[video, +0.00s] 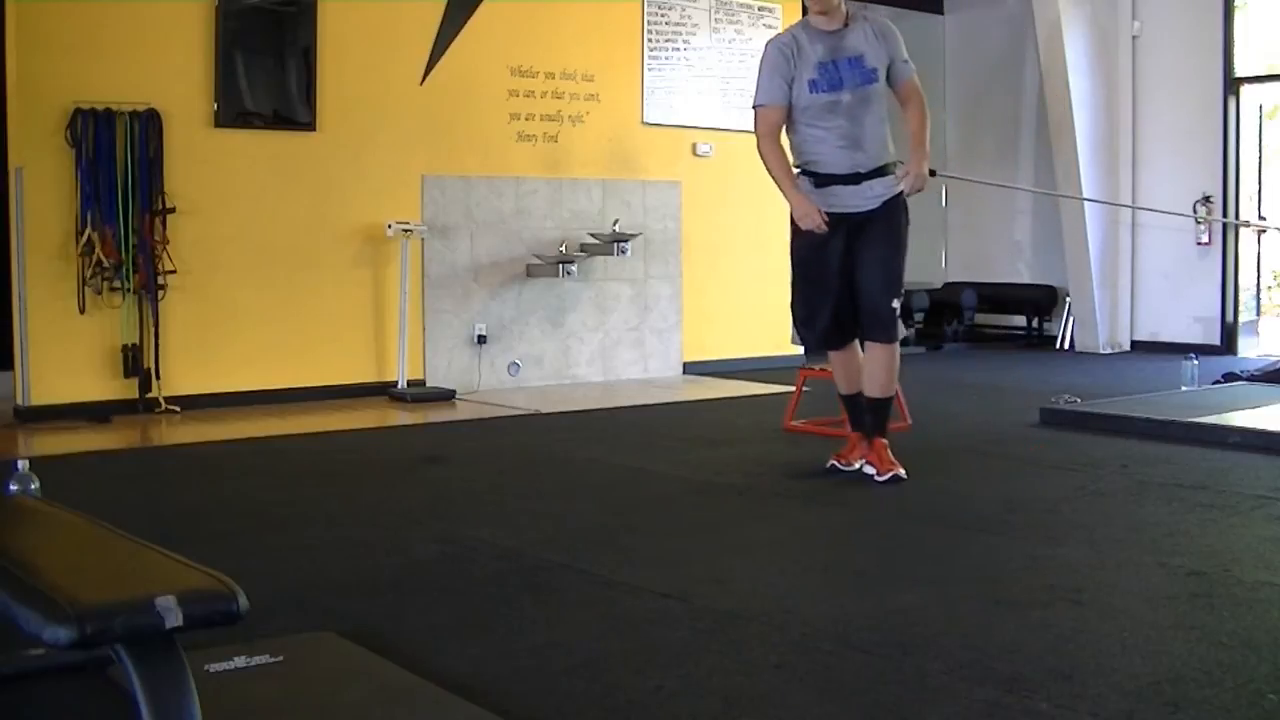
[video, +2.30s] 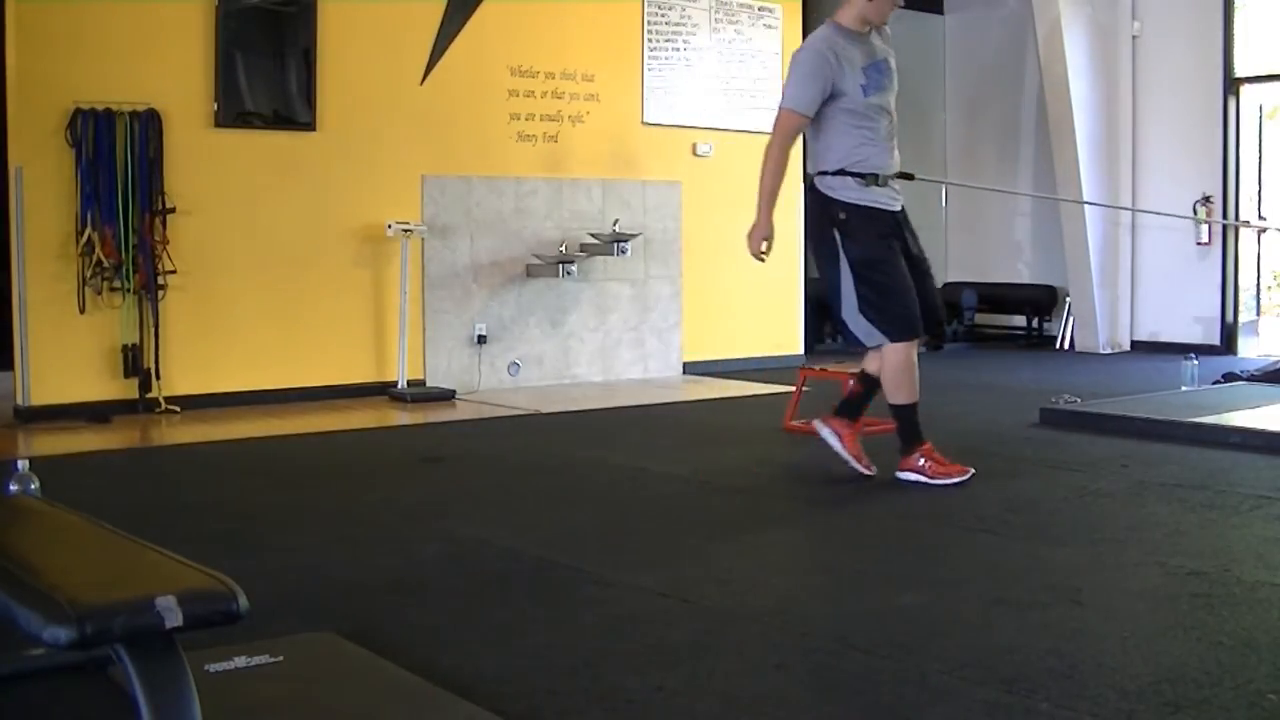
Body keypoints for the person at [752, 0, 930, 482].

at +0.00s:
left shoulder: (879, 31)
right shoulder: (784, 50)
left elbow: (911, 97)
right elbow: (767, 136)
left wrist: (919, 154)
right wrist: (794, 197)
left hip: (881, 201)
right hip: (819, 207)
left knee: (881, 319)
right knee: (833, 327)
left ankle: (878, 441)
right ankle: (858, 437)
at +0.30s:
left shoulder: (881, 33)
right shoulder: (781, 37)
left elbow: (912, 91)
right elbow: (742, 116)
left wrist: (903, 150)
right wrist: (725, 191)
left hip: (859, 205)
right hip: (791, 203)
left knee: (869, 325)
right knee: (778, 322)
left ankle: (876, 445)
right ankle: (787, 422)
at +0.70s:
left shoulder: (836, 38)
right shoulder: (737, 46)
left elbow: (850, 91)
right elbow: (690, 124)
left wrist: (850, 155)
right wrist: (670, 198)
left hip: (820, 212)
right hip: (753, 212)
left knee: (845, 332)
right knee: (741, 335)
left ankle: (872, 447)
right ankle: (714, 460)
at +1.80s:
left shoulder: (801, 29)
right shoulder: (732, 25)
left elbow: (805, 105)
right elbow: (708, 110)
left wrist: (844, 150)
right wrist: (737, 184)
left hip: (814, 191)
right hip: (769, 191)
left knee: (815, 317)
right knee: (803, 313)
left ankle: (805, 449)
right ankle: (795, 453)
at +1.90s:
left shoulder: (810, 25)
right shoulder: (745, 26)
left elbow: (816, 100)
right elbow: (714, 110)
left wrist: (856, 147)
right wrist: (749, 180)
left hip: (826, 192)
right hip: (781, 193)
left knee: (814, 322)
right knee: (830, 314)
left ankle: (800, 452)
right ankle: (853, 451)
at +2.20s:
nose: (873, 3)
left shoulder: (861, 34)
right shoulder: (797, 47)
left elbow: (852, 94)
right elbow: (750, 128)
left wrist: (877, 120)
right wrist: (749, 204)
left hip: (871, 201)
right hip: (832, 203)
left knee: (863, 329)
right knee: (882, 323)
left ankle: (813, 443)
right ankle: (909, 452)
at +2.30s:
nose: (897, 7)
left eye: (897, 2)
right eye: (892, 0)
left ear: (871, 3)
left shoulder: (878, 44)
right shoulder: (820, 51)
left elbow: (869, 125)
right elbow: (780, 138)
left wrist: (882, 185)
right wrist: (763, 216)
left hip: (884, 200)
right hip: (845, 203)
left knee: (913, 318)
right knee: (898, 323)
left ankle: (843, 418)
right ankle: (914, 452)